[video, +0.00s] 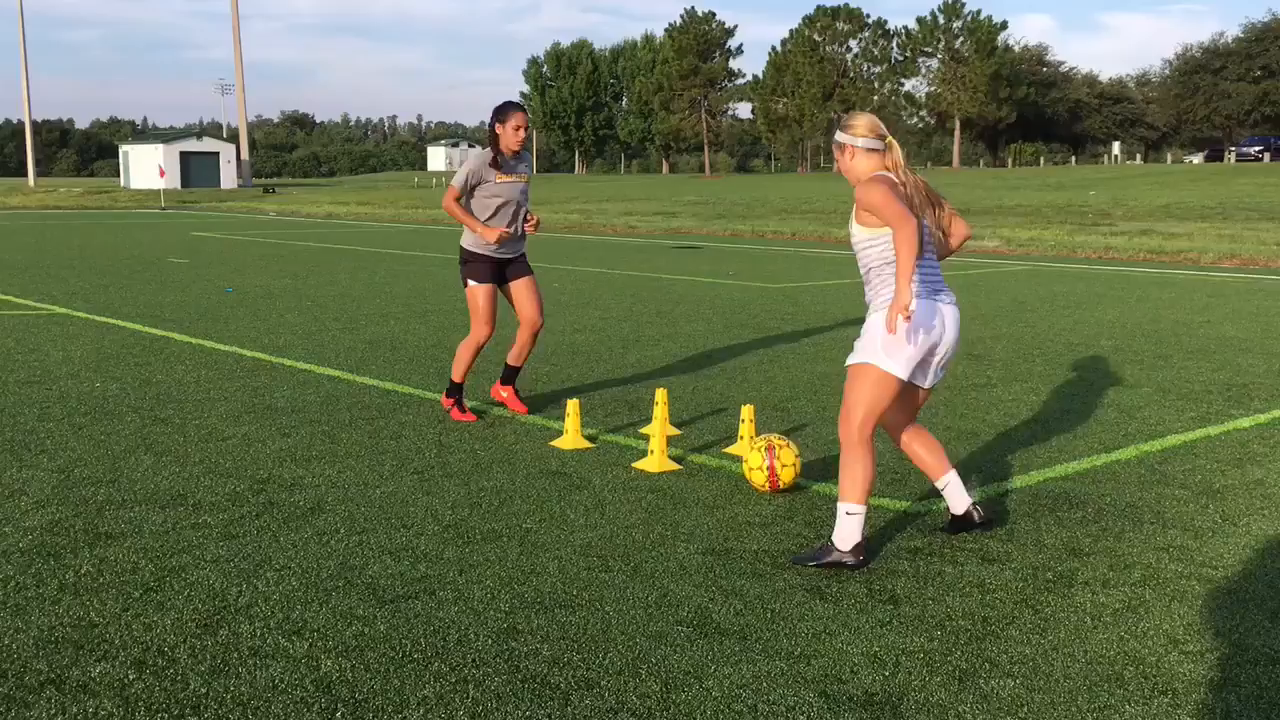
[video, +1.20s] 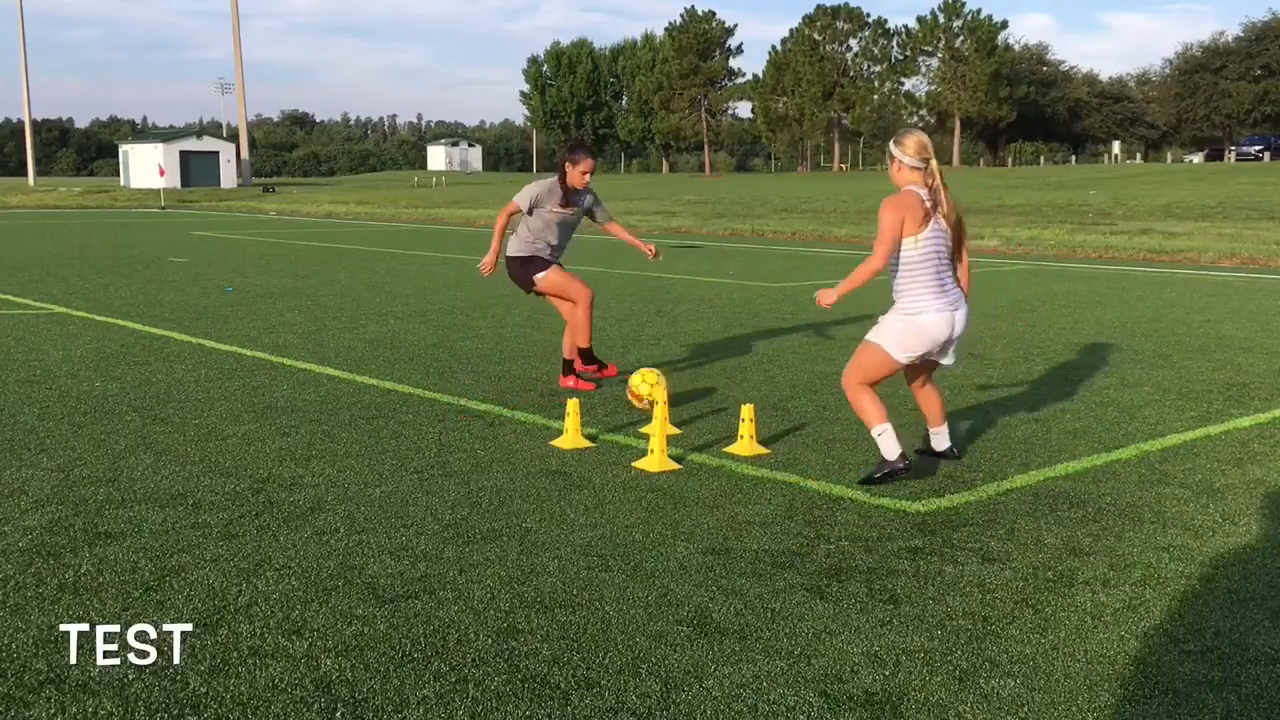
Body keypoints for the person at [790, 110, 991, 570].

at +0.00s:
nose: (836, 161)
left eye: (837, 153)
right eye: (837, 153)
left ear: (849, 152)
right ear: (880, 151)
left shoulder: (870, 187)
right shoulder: (909, 186)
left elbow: (906, 225)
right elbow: (960, 231)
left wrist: (902, 290)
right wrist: (919, 262)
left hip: (898, 314)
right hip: (939, 313)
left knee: (854, 425)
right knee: (898, 419)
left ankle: (846, 543)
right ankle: (964, 508)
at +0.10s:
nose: (861, 145)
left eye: (861, 138)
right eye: (862, 138)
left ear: (871, 138)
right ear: (903, 139)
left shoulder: (881, 178)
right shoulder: (934, 175)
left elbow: (910, 224)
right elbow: (988, 213)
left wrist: (909, 293)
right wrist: (959, 259)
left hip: (921, 300)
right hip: (967, 298)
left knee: (885, 408)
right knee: (938, 406)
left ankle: (896, 525)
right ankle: (977, 509)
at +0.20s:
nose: (884, 150)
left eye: (885, 143)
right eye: (885, 143)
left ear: (895, 142)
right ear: (926, 142)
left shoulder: (894, 184)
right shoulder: (962, 177)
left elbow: (898, 252)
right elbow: (1008, 224)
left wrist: (886, 313)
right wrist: (1009, 278)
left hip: (935, 294)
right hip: (984, 290)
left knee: (927, 410)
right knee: (955, 396)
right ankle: (991, 487)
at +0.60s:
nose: (916, 169)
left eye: (917, 164)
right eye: (917, 164)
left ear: (923, 165)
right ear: (956, 162)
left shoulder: (917, 204)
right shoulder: (984, 196)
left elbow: (920, 263)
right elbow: (1017, 252)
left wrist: (919, 318)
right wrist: (1016, 284)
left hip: (946, 316)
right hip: (992, 308)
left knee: (939, 388)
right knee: (968, 366)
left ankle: (956, 461)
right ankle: (1000, 427)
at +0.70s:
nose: (916, 180)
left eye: (916, 174)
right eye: (917, 174)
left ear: (922, 175)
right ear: (954, 172)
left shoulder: (918, 216)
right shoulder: (984, 210)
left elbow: (912, 279)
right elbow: (1010, 268)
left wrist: (905, 332)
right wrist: (1017, 299)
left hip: (939, 328)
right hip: (982, 329)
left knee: (919, 378)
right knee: (944, 358)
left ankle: (955, 459)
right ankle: (951, 423)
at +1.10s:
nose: (899, 176)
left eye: (900, 170)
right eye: (900, 170)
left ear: (907, 172)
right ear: (936, 172)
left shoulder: (903, 212)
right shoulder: (954, 211)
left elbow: (887, 272)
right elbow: (969, 273)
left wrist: (854, 313)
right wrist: (961, 315)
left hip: (922, 321)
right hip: (959, 319)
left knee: (860, 378)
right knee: (913, 372)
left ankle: (908, 446)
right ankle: (944, 446)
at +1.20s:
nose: (889, 169)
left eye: (890, 163)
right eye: (890, 163)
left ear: (899, 164)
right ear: (925, 163)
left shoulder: (896, 204)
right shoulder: (945, 202)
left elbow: (879, 261)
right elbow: (961, 264)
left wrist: (836, 291)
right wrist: (958, 312)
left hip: (916, 317)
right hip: (951, 313)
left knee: (854, 380)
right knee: (918, 373)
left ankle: (893, 457)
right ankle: (942, 446)